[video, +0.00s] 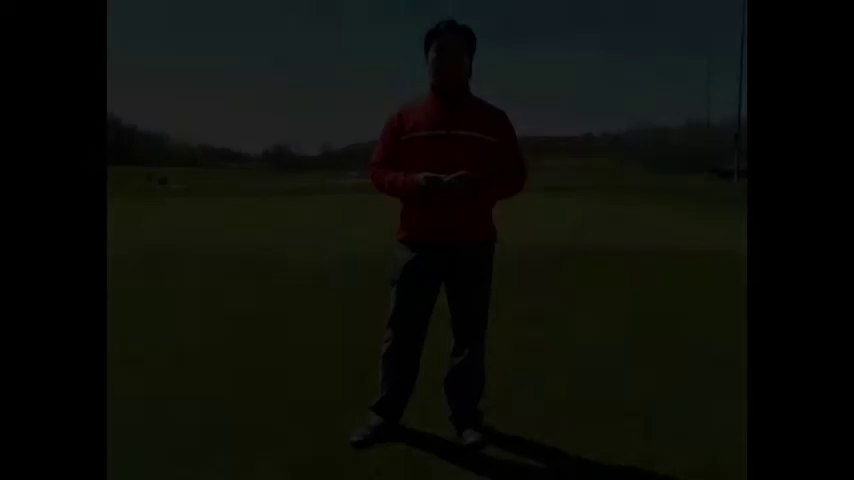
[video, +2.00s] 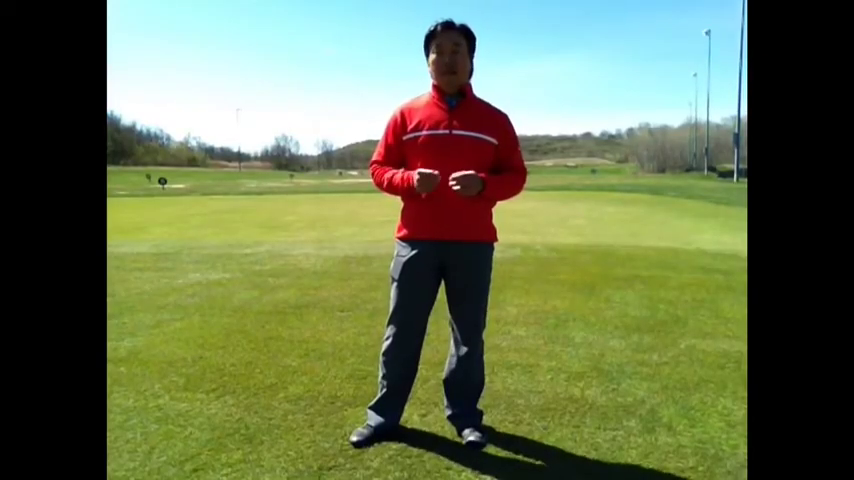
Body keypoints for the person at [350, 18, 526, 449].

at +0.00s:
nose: (444, 65)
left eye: (454, 55)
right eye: (438, 55)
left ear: (469, 61)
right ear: (426, 61)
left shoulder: (492, 121)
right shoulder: (406, 121)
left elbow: (514, 177)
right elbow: (380, 173)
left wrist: (474, 188)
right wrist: (413, 182)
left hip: (472, 246)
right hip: (420, 244)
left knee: (469, 339)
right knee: (402, 333)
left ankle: (467, 422)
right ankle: (386, 416)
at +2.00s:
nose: (448, 58)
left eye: (457, 50)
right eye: (439, 51)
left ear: (472, 59)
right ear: (427, 61)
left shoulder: (495, 121)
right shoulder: (405, 116)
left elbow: (516, 176)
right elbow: (379, 170)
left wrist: (485, 184)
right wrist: (408, 179)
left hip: (472, 245)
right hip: (416, 242)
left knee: (469, 336)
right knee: (400, 332)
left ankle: (467, 418)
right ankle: (383, 417)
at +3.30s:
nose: (451, 59)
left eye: (461, 52)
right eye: (444, 52)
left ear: (476, 62)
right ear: (432, 60)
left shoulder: (497, 122)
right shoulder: (409, 117)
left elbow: (517, 177)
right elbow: (384, 172)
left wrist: (483, 187)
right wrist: (420, 184)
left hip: (476, 245)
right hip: (420, 243)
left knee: (472, 336)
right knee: (403, 332)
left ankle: (466, 416)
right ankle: (383, 416)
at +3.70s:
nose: (453, 58)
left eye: (463, 52)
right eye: (446, 51)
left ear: (478, 62)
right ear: (434, 59)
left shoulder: (499, 122)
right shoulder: (410, 117)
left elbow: (518, 178)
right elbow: (384, 171)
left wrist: (483, 188)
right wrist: (419, 185)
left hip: (476, 245)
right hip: (421, 242)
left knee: (472, 337)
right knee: (403, 332)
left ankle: (466, 417)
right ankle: (383, 417)